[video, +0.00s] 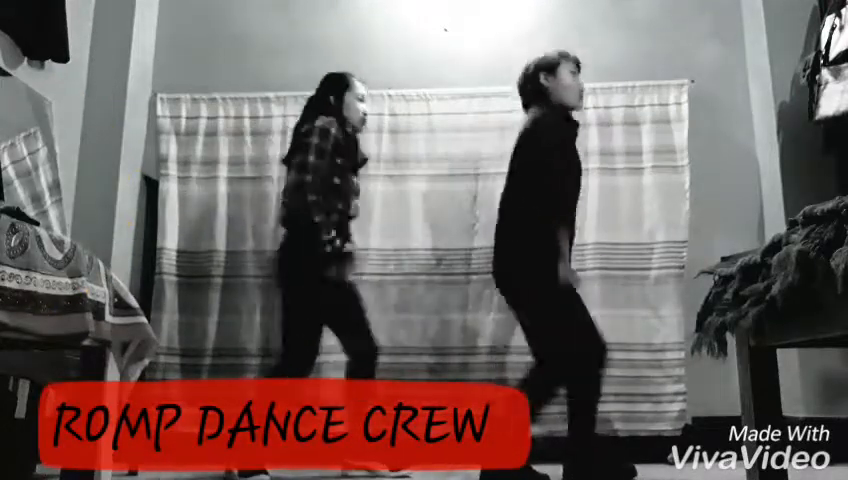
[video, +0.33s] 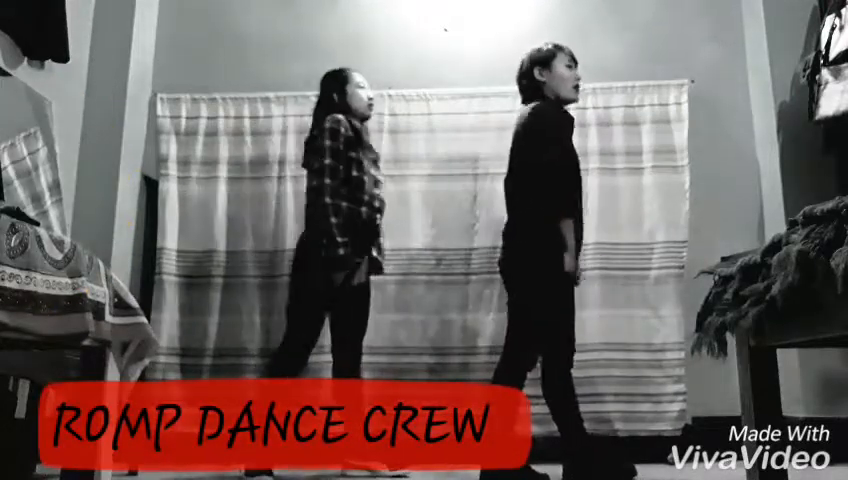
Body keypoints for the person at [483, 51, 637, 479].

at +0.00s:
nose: (581, 81)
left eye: (579, 73)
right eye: (573, 73)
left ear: (549, 82)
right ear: (547, 81)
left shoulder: (541, 128)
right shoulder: (556, 129)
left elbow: (541, 199)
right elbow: (557, 198)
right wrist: (563, 257)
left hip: (517, 263)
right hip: (534, 263)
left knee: (555, 358)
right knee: (587, 351)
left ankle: (499, 442)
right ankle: (583, 458)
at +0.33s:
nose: (578, 74)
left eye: (577, 67)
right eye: (570, 66)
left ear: (543, 78)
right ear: (542, 75)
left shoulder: (533, 120)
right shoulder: (552, 119)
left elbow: (530, 190)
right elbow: (561, 187)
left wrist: (552, 245)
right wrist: (571, 246)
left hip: (525, 252)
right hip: (545, 253)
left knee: (519, 354)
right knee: (557, 358)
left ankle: (491, 448)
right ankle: (581, 455)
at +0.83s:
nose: (528, 74)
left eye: (537, 65)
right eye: (525, 69)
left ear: (566, 67)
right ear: (525, 78)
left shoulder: (591, 114)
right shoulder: (522, 133)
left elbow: (599, 183)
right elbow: (506, 194)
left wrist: (569, 237)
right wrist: (510, 243)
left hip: (580, 250)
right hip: (531, 254)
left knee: (591, 351)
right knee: (519, 357)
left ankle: (623, 453)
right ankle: (508, 458)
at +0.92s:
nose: (525, 78)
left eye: (534, 68)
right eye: (525, 71)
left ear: (563, 69)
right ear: (542, 76)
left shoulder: (589, 115)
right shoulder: (537, 125)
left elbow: (584, 180)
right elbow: (524, 188)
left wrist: (559, 229)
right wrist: (521, 239)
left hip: (581, 252)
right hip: (540, 255)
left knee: (596, 355)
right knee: (525, 355)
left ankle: (635, 451)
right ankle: (511, 454)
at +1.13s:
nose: (532, 82)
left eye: (539, 72)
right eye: (531, 75)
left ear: (568, 71)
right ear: (561, 76)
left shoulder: (588, 115)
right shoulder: (560, 124)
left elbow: (586, 187)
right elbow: (551, 192)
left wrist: (559, 238)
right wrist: (540, 244)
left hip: (586, 260)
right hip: (557, 261)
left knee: (604, 355)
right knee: (536, 356)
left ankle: (637, 454)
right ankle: (519, 455)